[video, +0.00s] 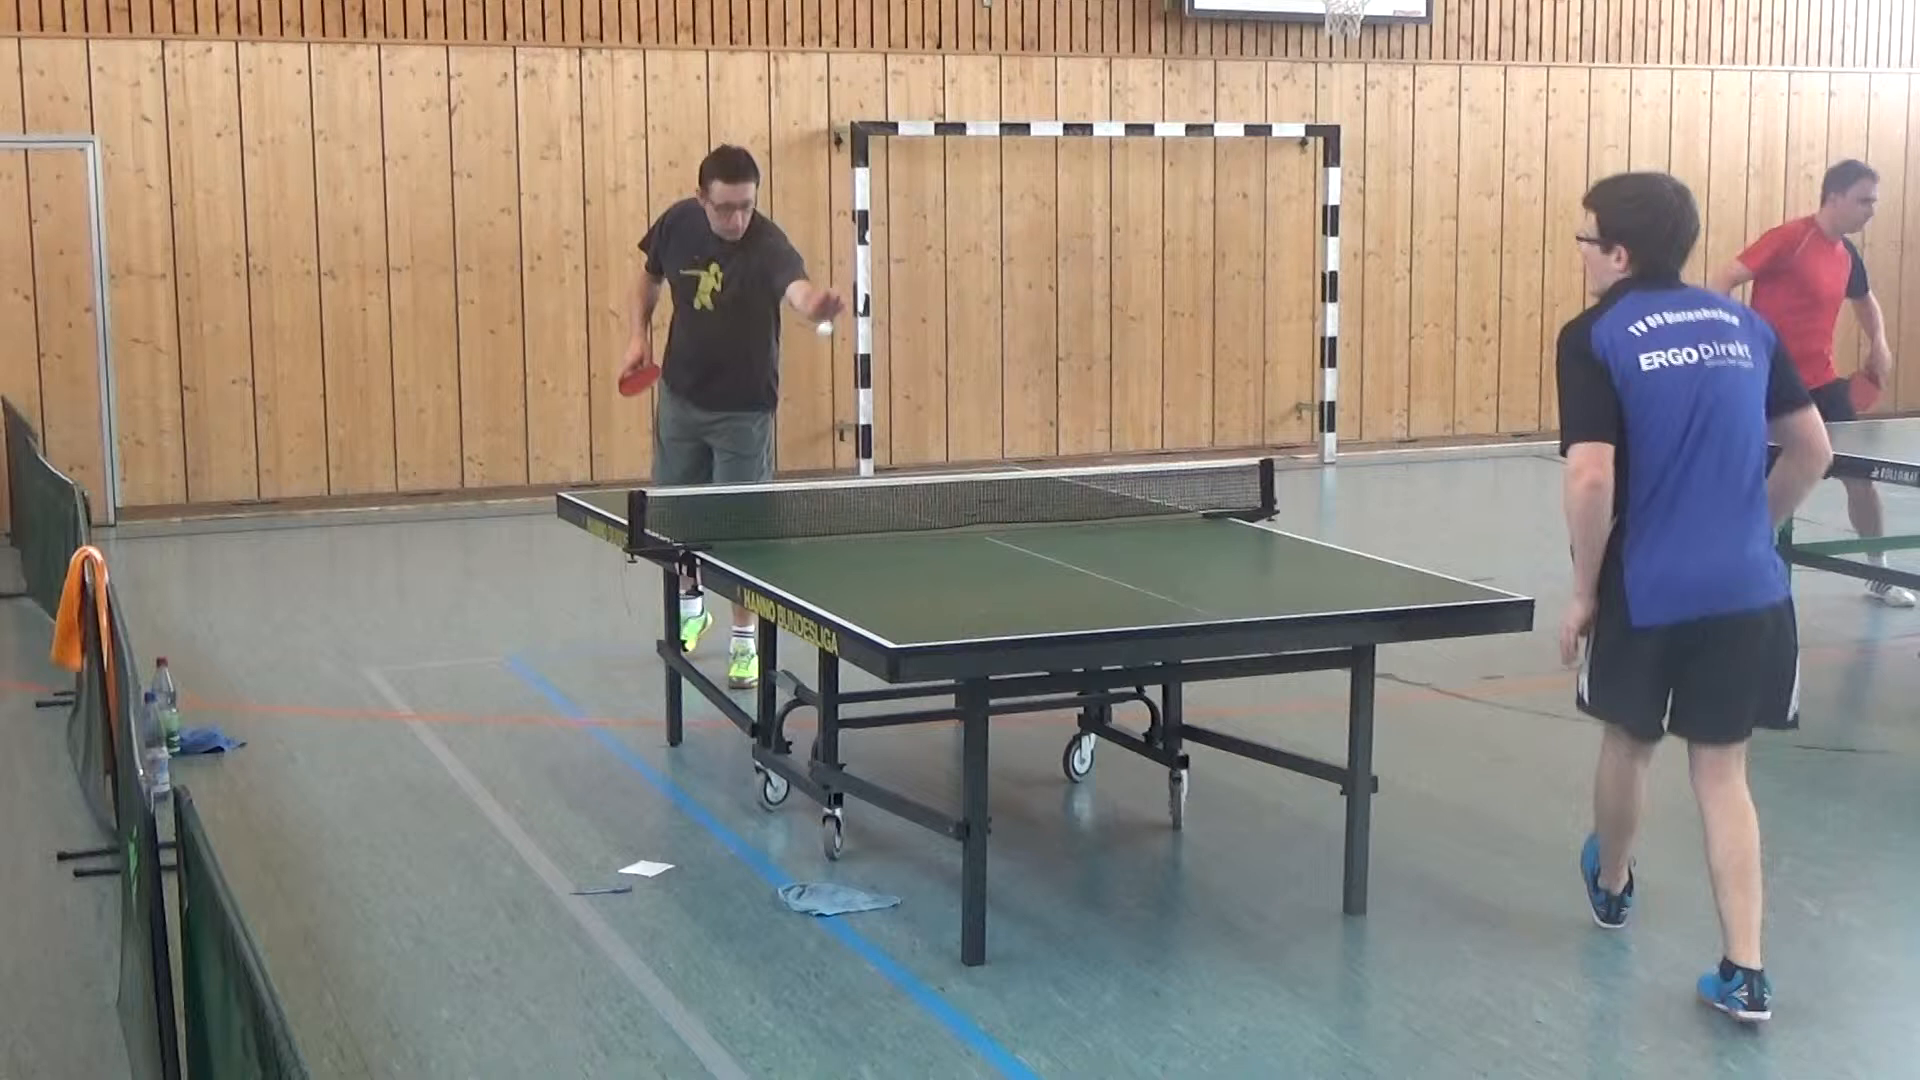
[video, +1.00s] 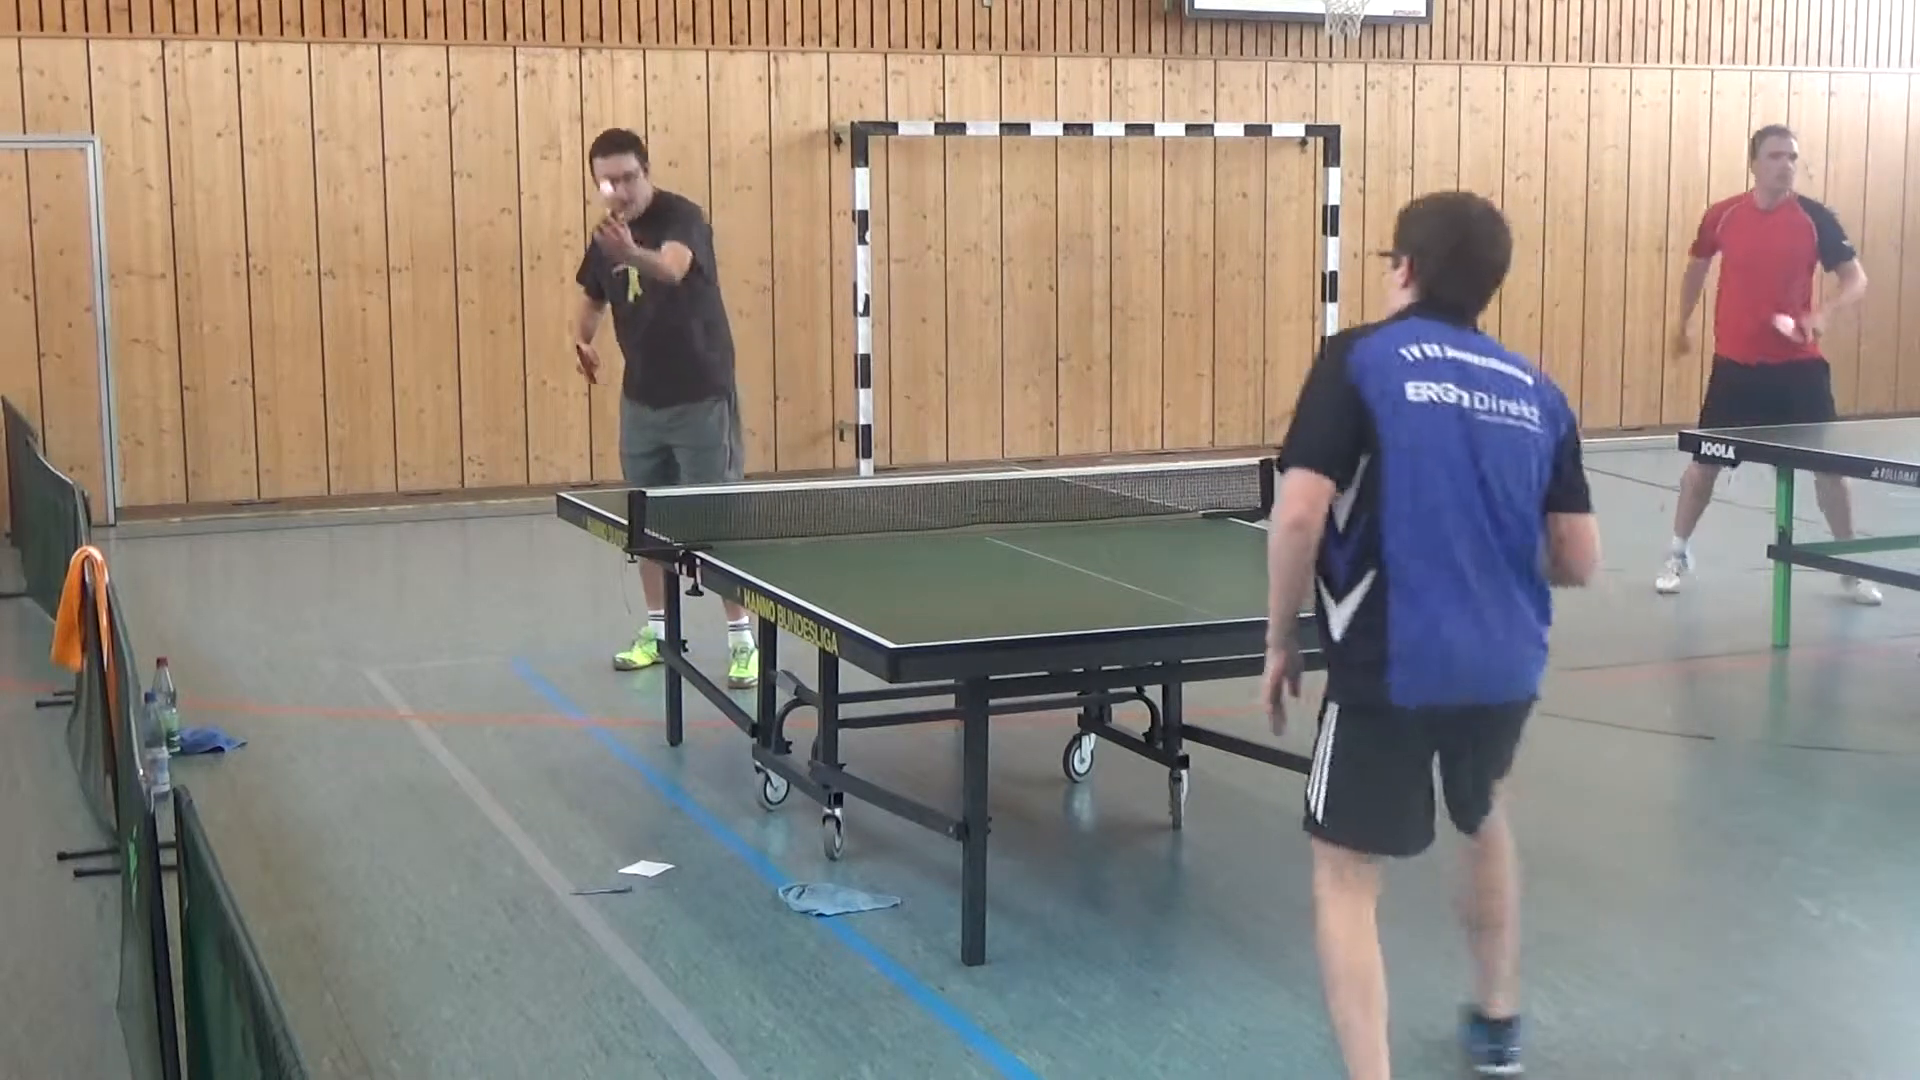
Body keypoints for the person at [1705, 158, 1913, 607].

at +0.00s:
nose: (1871, 211)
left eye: (1874, 202)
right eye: (1865, 201)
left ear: (1846, 202)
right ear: (1834, 198)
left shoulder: (1846, 253)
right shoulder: (1787, 238)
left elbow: (1864, 302)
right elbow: (1721, 280)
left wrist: (1879, 344)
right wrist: (1720, 347)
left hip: (1825, 384)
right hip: (1775, 388)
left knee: (1859, 474)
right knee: (1771, 483)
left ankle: (1879, 573)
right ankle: (1752, 571)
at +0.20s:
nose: (1879, 212)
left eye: (1881, 203)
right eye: (1873, 202)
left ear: (1851, 203)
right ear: (1841, 199)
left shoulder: (1852, 251)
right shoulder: (1795, 238)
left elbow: (1873, 290)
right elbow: (1731, 285)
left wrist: (1888, 335)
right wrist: (1716, 351)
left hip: (1830, 384)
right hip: (1779, 387)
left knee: (1862, 473)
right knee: (1775, 482)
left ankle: (1879, 571)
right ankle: (1761, 571)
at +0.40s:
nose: (1876, 194)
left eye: (1878, 186)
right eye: (1868, 185)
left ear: (1870, 190)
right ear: (1837, 185)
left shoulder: (1876, 245)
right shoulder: (1789, 233)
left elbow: (1860, 304)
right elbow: (1742, 284)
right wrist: (1721, 335)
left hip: (1846, 376)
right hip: (1786, 376)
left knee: (1867, 474)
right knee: (1768, 469)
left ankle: (1879, 574)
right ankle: (1753, 568)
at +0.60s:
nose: (1843, 182)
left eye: (1847, 174)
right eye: (1832, 174)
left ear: (1853, 179)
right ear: (1808, 180)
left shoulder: (1867, 230)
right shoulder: (1777, 227)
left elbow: (1914, 256)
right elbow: (1748, 285)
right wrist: (1719, 344)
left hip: (1844, 375)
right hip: (1780, 371)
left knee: (1863, 473)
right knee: (1745, 473)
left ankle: (1881, 571)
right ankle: (1728, 575)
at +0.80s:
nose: (1801, 184)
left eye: (1807, 176)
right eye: (1791, 176)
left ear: (1815, 182)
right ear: (1771, 183)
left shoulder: (1834, 235)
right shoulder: (1744, 234)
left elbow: (1889, 287)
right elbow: (1728, 281)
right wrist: (1722, 324)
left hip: (1820, 384)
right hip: (1755, 382)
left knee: (1849, 476)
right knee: (1720, 473)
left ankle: (1880, 570)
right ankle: (1690, 562)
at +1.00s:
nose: (1786, 164)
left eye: (1792, 157)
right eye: (1776, 156)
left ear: (1799, 164)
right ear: (1754, 163)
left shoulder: (1817, 220)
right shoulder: (1722, 217)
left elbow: (1856, 281)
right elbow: (1696, 269)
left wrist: (1824, 315)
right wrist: (1683, 323)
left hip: (1801, 368)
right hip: (1736, 367)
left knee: (1828, 466)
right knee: (1703, 465)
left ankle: (1850, 567)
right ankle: (1677, 554)